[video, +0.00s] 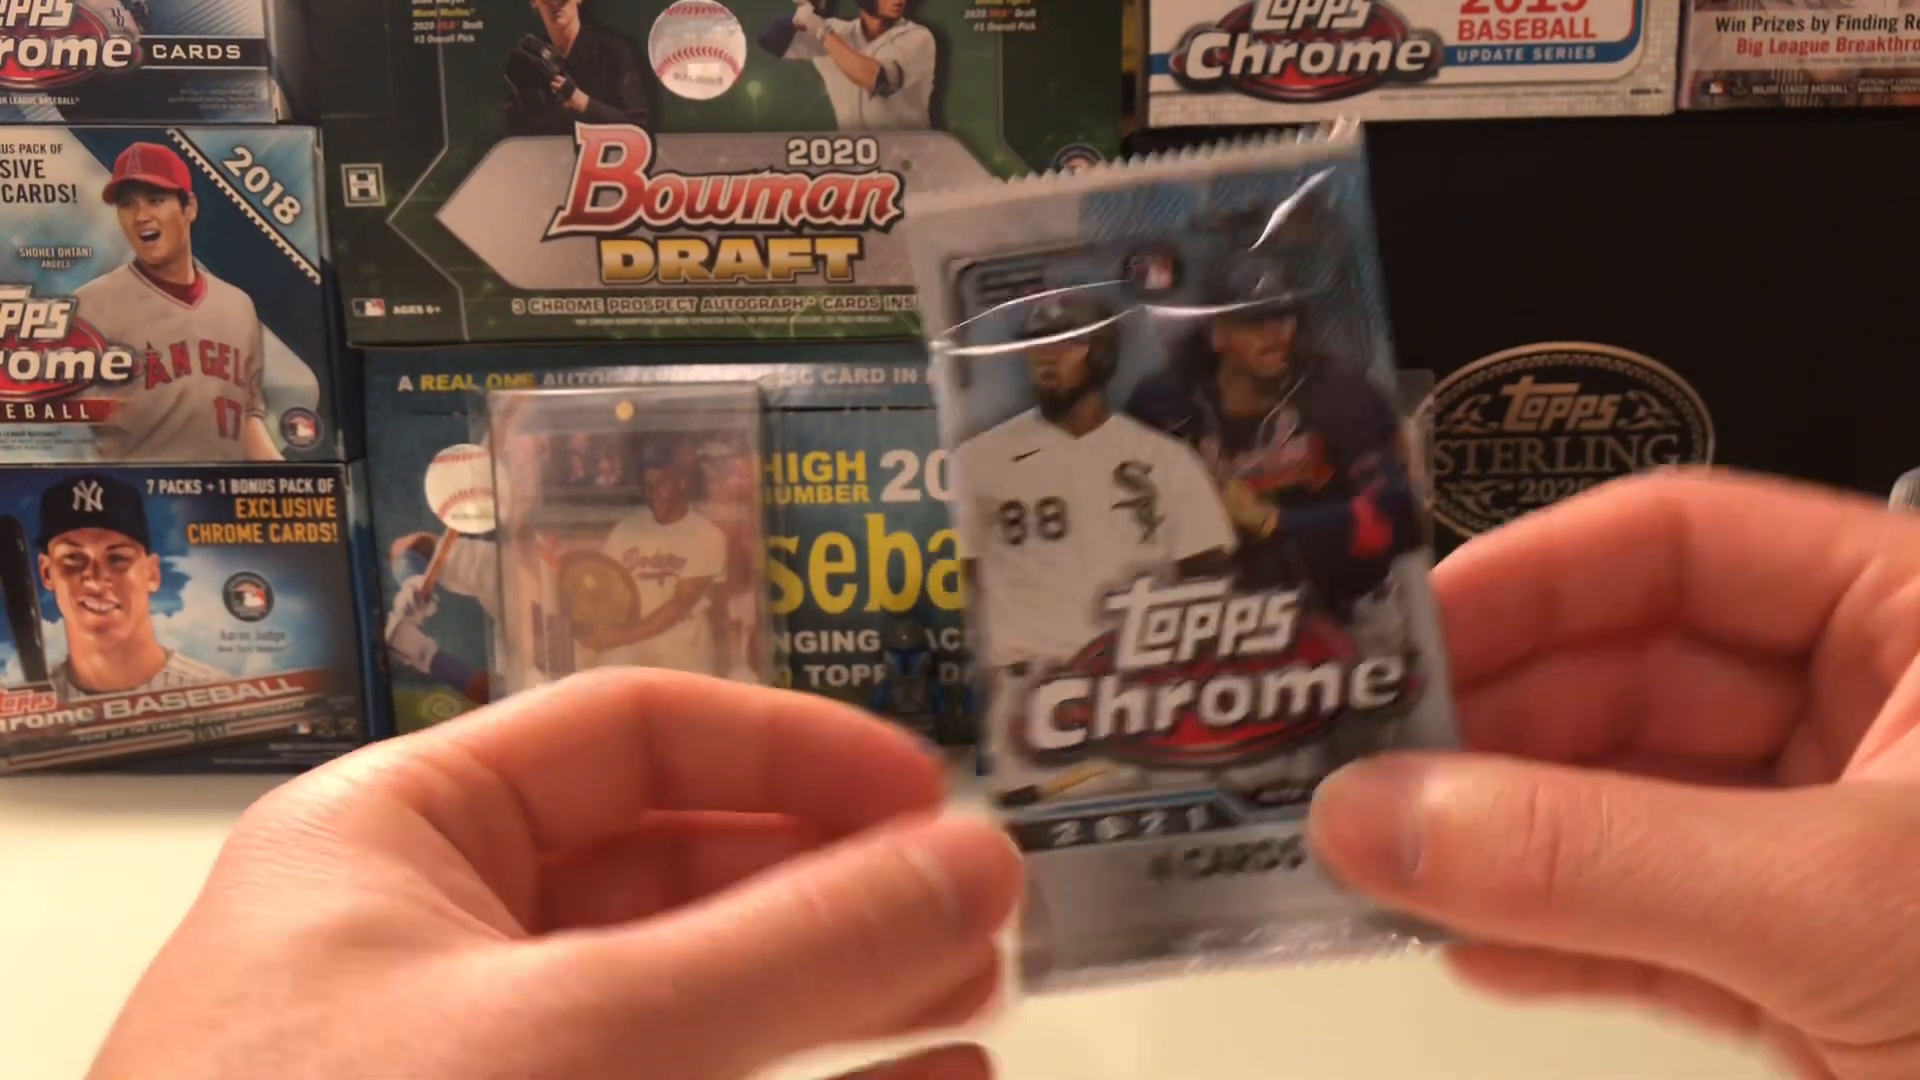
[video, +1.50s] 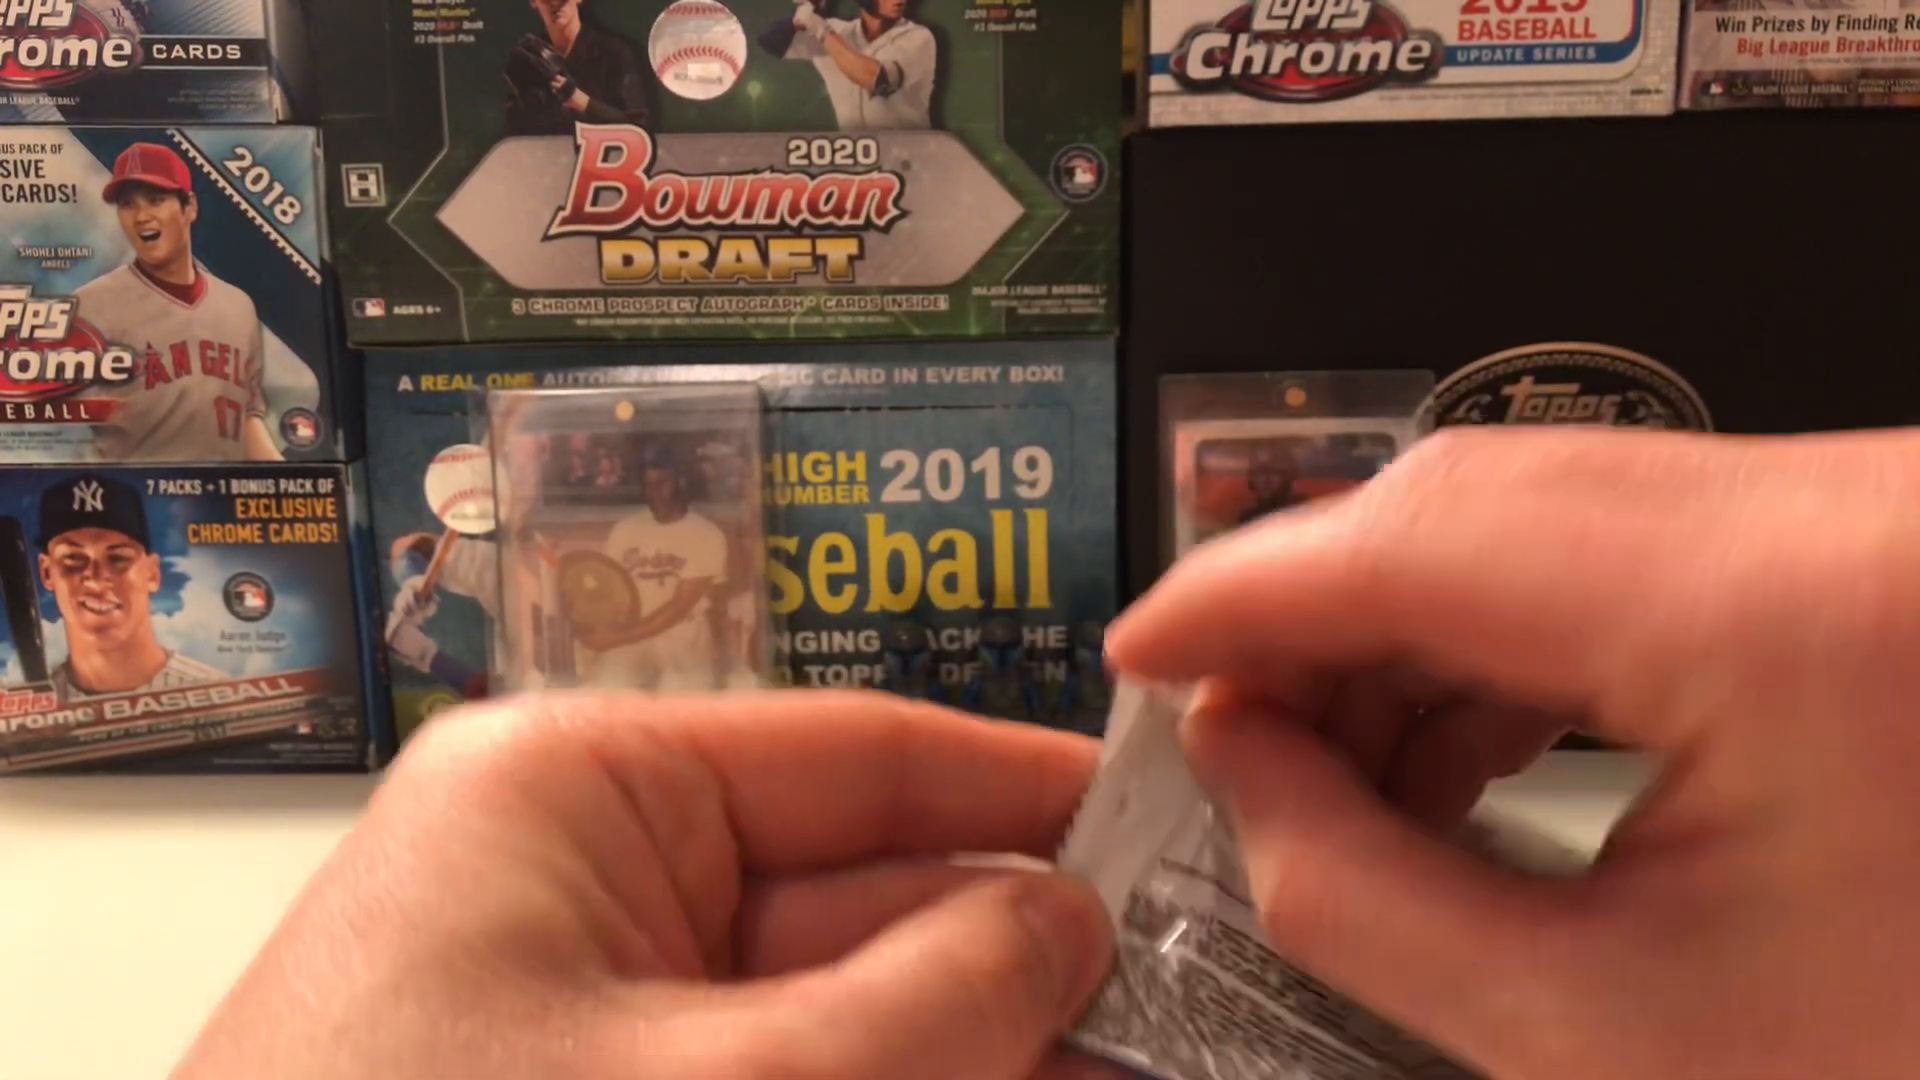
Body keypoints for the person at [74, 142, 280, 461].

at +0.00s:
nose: (142, 216)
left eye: (156, 199)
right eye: (128, 203)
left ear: (189, 209)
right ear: (118, 216)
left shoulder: (238, 307)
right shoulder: (91, 306)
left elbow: (248, 414)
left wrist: (283, 482)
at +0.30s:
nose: (142, 216)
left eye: (157, 200)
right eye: (128, 203)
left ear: (189, 209)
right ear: (118, 217)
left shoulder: (238, 307)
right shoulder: (91, 307)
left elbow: (248, 414)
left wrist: (282, 482)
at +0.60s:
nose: (142, 216)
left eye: (157, 200)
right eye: (128, 203)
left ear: (189, 209)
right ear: (118, 217)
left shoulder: (238, 306)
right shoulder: (90, 307)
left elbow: (247, 414)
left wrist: (282, 480)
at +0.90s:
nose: (142, 216)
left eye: (156, 200)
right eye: (128, 203)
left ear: (189, 209)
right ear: (118, 216)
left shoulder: (238, 306)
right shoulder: (91, 306)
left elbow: (248, 414)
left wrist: (282, 481)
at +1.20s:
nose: (142, 216)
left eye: (156, 200)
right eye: (128, 204)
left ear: (189, 210)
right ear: (118, 217)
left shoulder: (238, 307)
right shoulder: (91, 306)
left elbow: (248, 414)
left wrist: (282, 481)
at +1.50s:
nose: (143, 216)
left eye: (156, 199)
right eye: (129, 203)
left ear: (189, 209)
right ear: (118, 217)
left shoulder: (238, 306)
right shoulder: (91, 307)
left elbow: (248, 414)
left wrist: (283, 482)